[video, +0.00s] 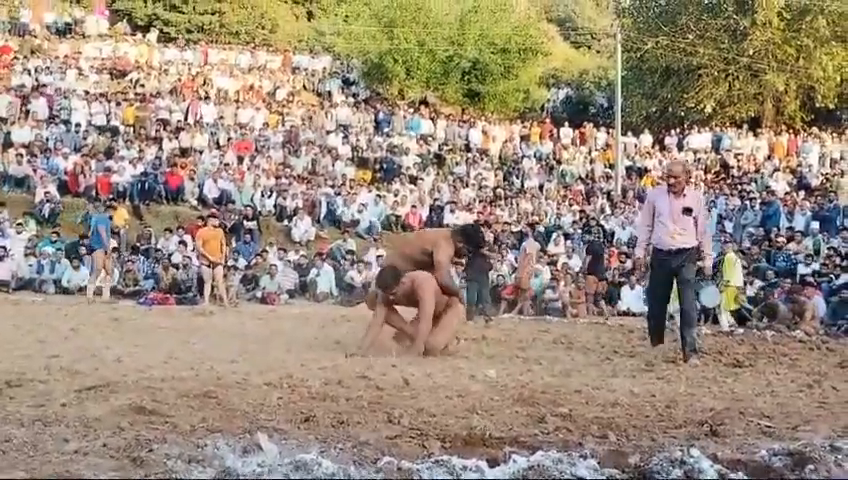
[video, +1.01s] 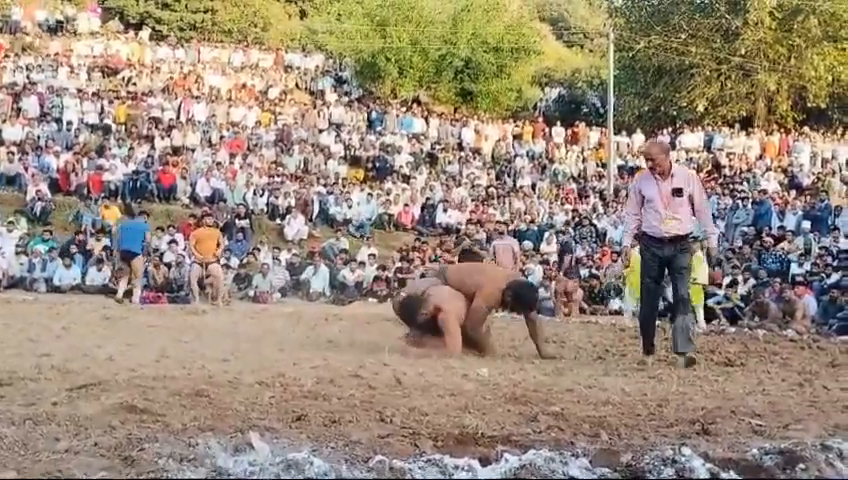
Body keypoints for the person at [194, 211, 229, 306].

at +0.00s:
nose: (216, 221)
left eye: (217, 218)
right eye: (214, 218)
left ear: (218, 220)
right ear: (208, 219)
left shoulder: (220, 231)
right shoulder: (201, 232)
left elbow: (223, 244)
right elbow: (199, 247)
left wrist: (223, 256)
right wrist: (210, 258)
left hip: (218, 260)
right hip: (206, 260)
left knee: (220, 281)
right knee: (207, 282)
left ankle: (225, 301)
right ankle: (206, 302)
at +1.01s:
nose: (210, 221)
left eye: (211, 219)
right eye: (207, 219)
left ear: (213, 220)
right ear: (203, 220)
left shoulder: (217, 232)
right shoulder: (195, 233)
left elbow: (221, 244)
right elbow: (191, 246)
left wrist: (218, 252)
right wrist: (197, 255)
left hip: (212, 259)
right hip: (199, 259)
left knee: (219, 276)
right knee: (193, 277)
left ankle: (219, 299)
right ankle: (196, 299)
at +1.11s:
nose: (209, 222)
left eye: (211, 220)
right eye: (206, 220)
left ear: (213, 221)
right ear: (202, 221)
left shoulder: (217, 233)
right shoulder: (195, 234)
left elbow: (222, 245)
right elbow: (191, 247)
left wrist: (217, 251)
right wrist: (197, 256)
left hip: (212, 260)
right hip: (198, 259)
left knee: (220, 276)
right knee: (191, 278)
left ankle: (219, 299)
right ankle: (195, 299)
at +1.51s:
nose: (207, 219)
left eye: (209, 217)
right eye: (204, 217)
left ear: (212, 218)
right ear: (200, 219)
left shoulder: (216, 231)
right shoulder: (194, 232)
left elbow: (222, 244)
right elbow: (190, 246)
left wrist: (215, 251)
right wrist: (196, 254)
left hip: (213, 258)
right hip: (199, 258)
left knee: (218, 275)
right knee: (190, 276)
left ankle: (217, 298)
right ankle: (194, 297)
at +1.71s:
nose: (202, 217)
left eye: (204, 215)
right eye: (200, 215)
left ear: (207, 217)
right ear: (197, 217)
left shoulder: (212, 227)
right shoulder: (192, 227)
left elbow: (220, 237)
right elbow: (185, 238)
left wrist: (213, 241)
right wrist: (189, 246)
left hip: (208, 254)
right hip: (195, 254)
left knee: (209, 276)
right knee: (191, 275)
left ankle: (211, 298)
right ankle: (190, 296)